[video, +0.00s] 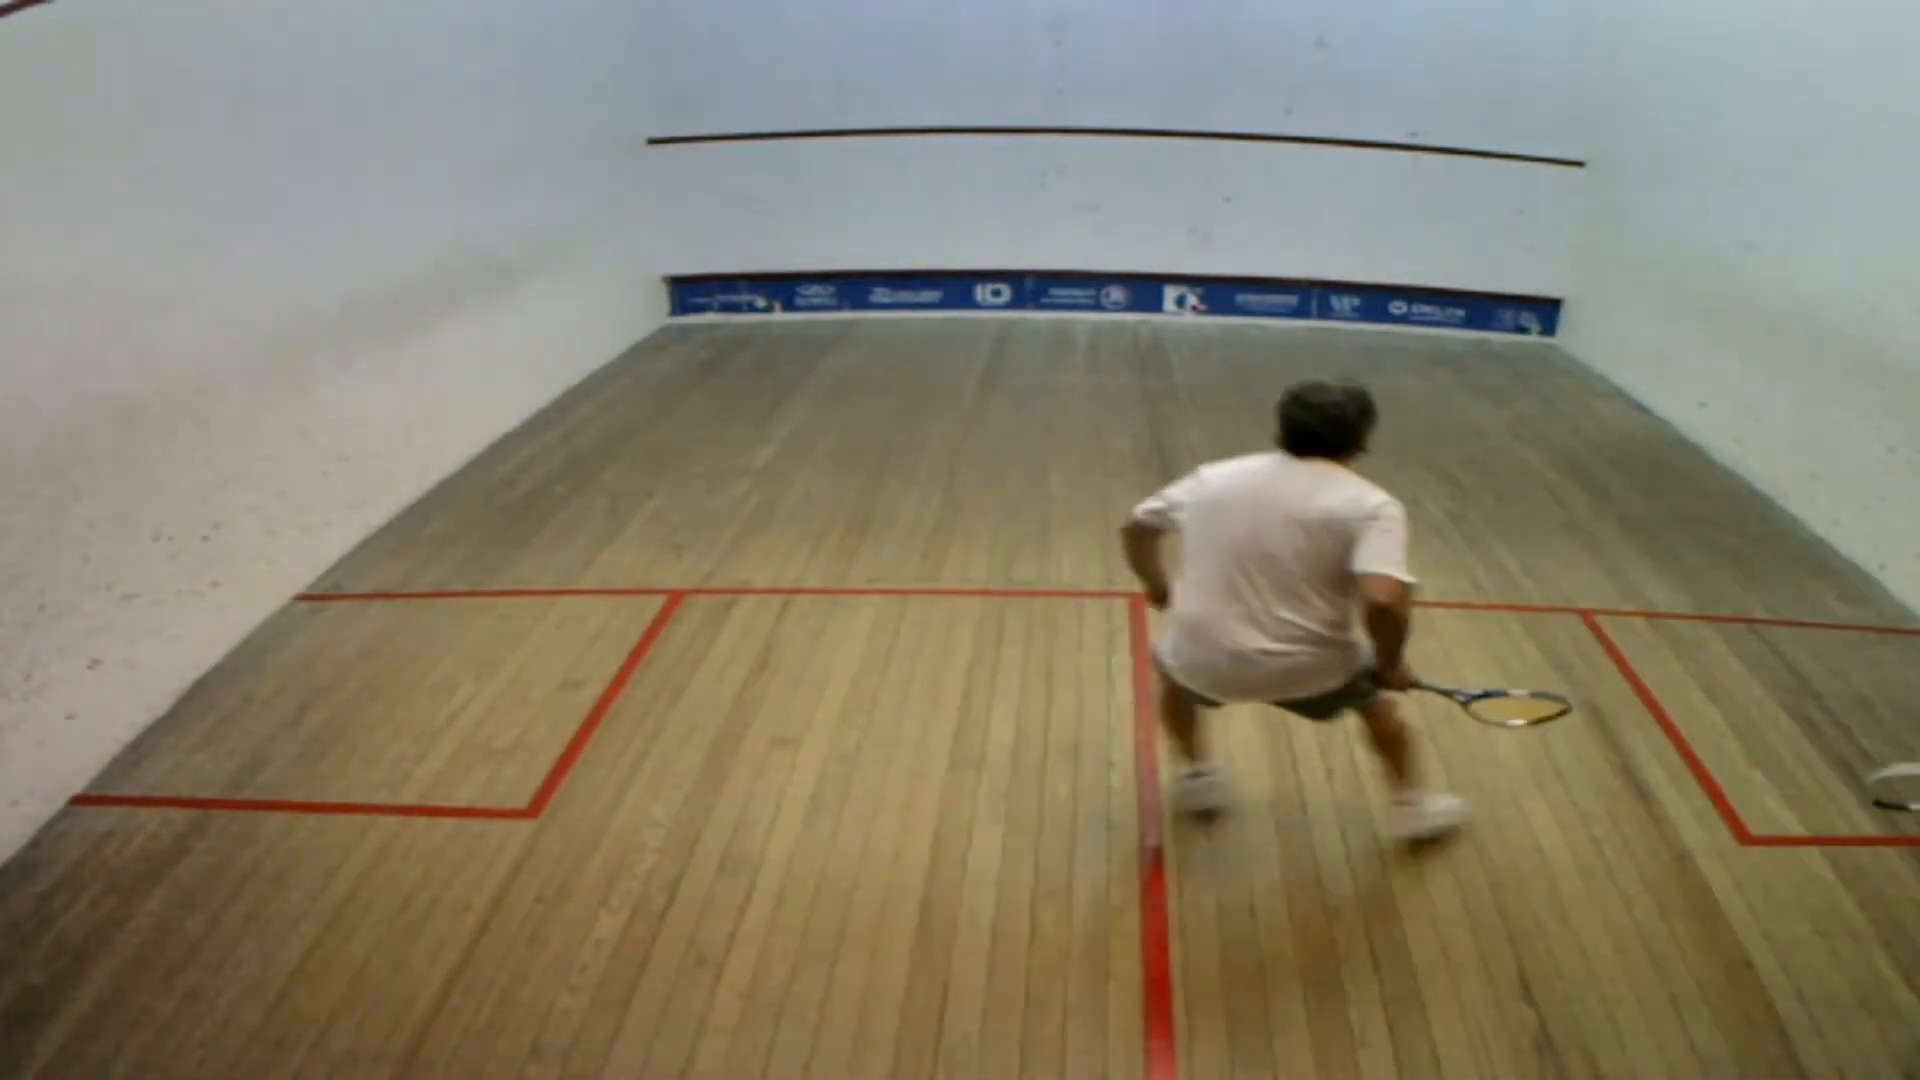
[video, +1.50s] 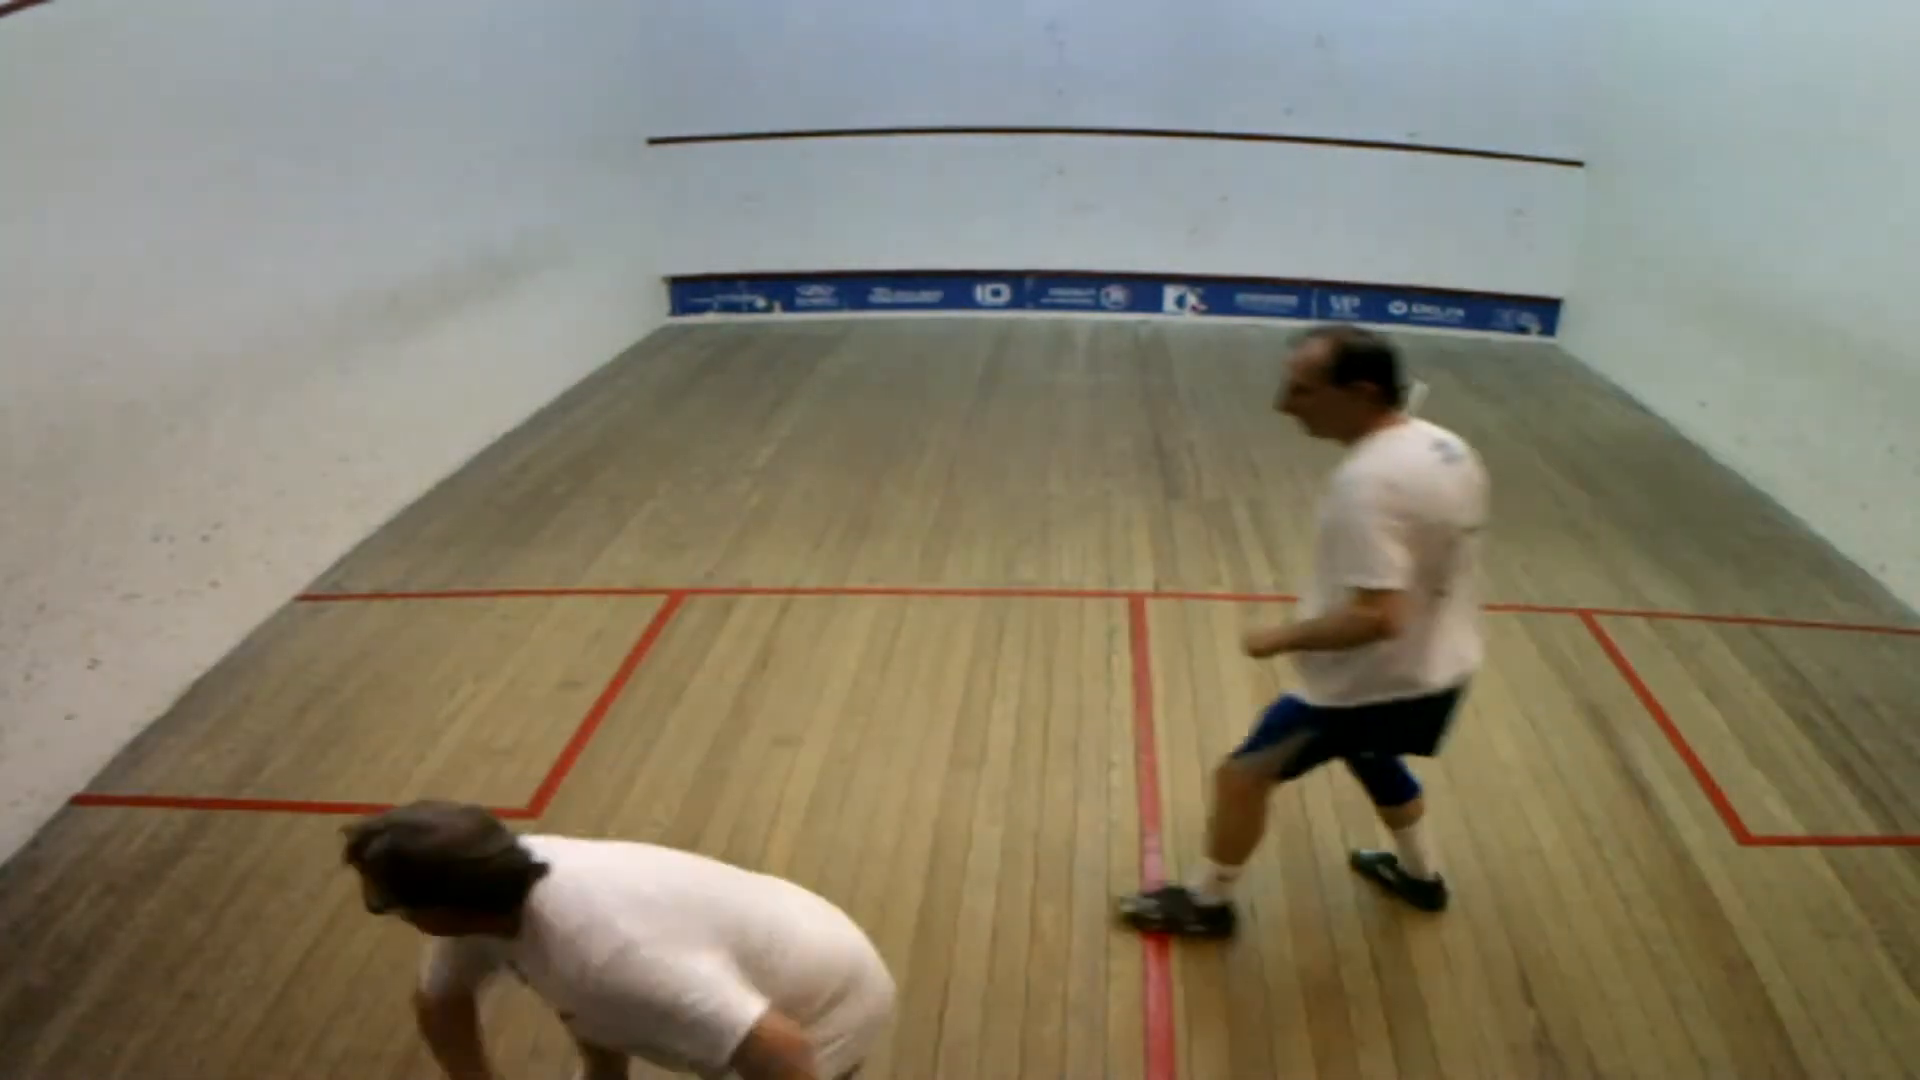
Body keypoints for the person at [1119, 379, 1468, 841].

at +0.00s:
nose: (1367, 445)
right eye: (1364, 436)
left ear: (1283, 432)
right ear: (1356, 444)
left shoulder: (1219, 478)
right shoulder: (1372, 506)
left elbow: (1138, 527)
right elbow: (1383, 601)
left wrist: (1158, 590)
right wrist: (1390, 667)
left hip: (1203, 657)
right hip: (1308, 668)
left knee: (1176, 682)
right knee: (1376, 703)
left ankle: (1195, 772)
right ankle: (1410, 801)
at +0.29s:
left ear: (1243, 452)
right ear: (1314, 458)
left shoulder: (1192, 509)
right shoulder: (1357, 515)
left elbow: (1101, 586)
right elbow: (1424, 598)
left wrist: (1094, 641)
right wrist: (1426, 654)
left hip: (1245, 683)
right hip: (1342, 677)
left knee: (1192, 679)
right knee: (1372, 703)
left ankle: (1257, 768)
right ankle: (1442, 784)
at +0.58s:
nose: (1046, 464)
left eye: (1058, 461)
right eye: (1054, 456)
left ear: (1079, 486)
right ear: (1125, 473)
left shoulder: (1094, 559)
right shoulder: (1169, 507)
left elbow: (1110, 674)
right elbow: (1237, 540)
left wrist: (1054, 742)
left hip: (1220, 692)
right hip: (1262, 657)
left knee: (1072, 750)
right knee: (1151, 643)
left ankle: (1125, 846)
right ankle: (1203, 733)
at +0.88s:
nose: (824, 537)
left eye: (840, 529)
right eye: (829, 524)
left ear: (896, 542)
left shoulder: (960, 632)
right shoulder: (981, 543)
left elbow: (1039, 750)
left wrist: (951, 799)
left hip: (1094, 753)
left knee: (992, 869)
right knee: (925, 764)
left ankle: (1067, 879)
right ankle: (934, 892)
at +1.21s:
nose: (561, 758)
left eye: (569, 743)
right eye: (557, 744)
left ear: (635, 734)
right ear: (640, 721)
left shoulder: (758, 799)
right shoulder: (693, 728)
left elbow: (925, 893)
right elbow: (651, 814)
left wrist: (826, 1009)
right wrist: (618, 878)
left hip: (839, 954)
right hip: (755, 896)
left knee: (789, 1058)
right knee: (666, 955)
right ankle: (639, 1064)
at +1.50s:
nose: (409, 923)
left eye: (407, 912)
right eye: (401, 912)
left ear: (445, 916)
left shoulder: (601, 956)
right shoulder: (504, 866)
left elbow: (787, 1055)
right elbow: (442, 1004)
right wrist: (477, 1076)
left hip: (833, 1002)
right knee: (595, 1022)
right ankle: (607, 1076)